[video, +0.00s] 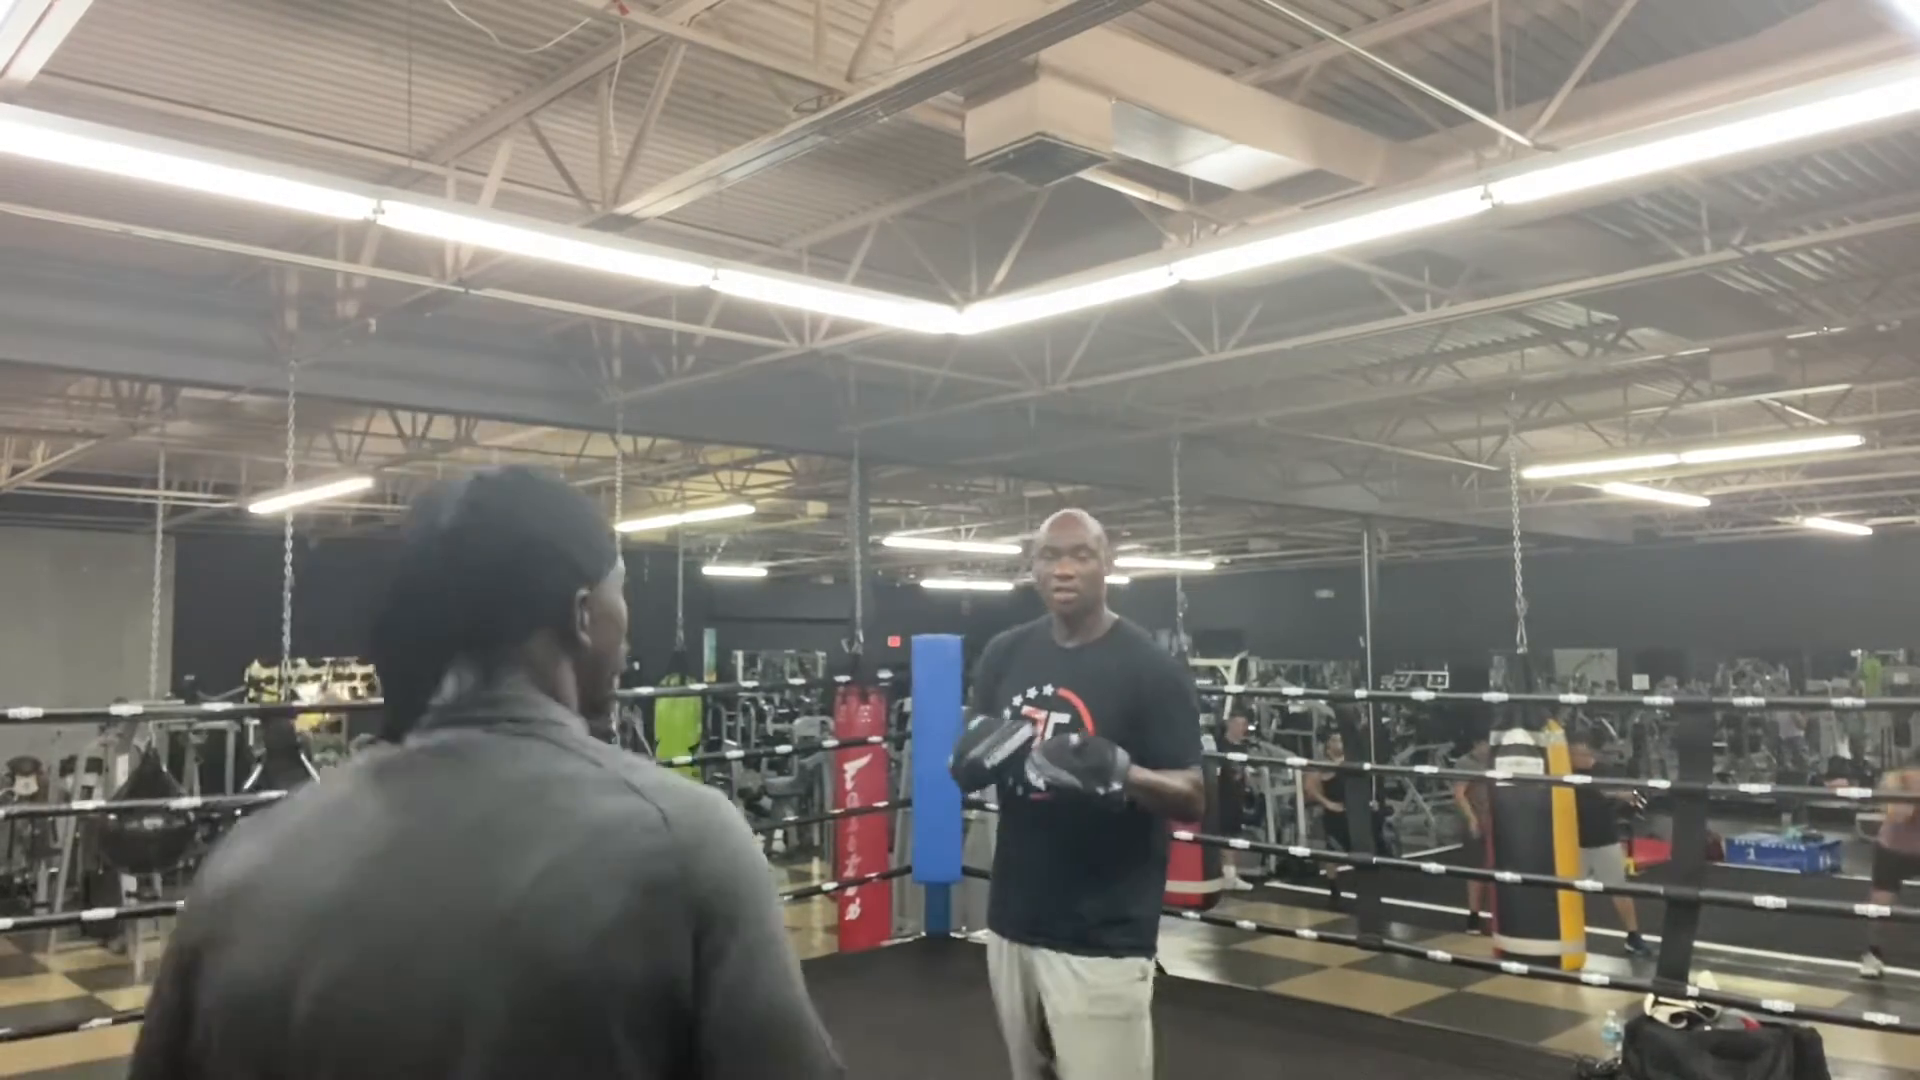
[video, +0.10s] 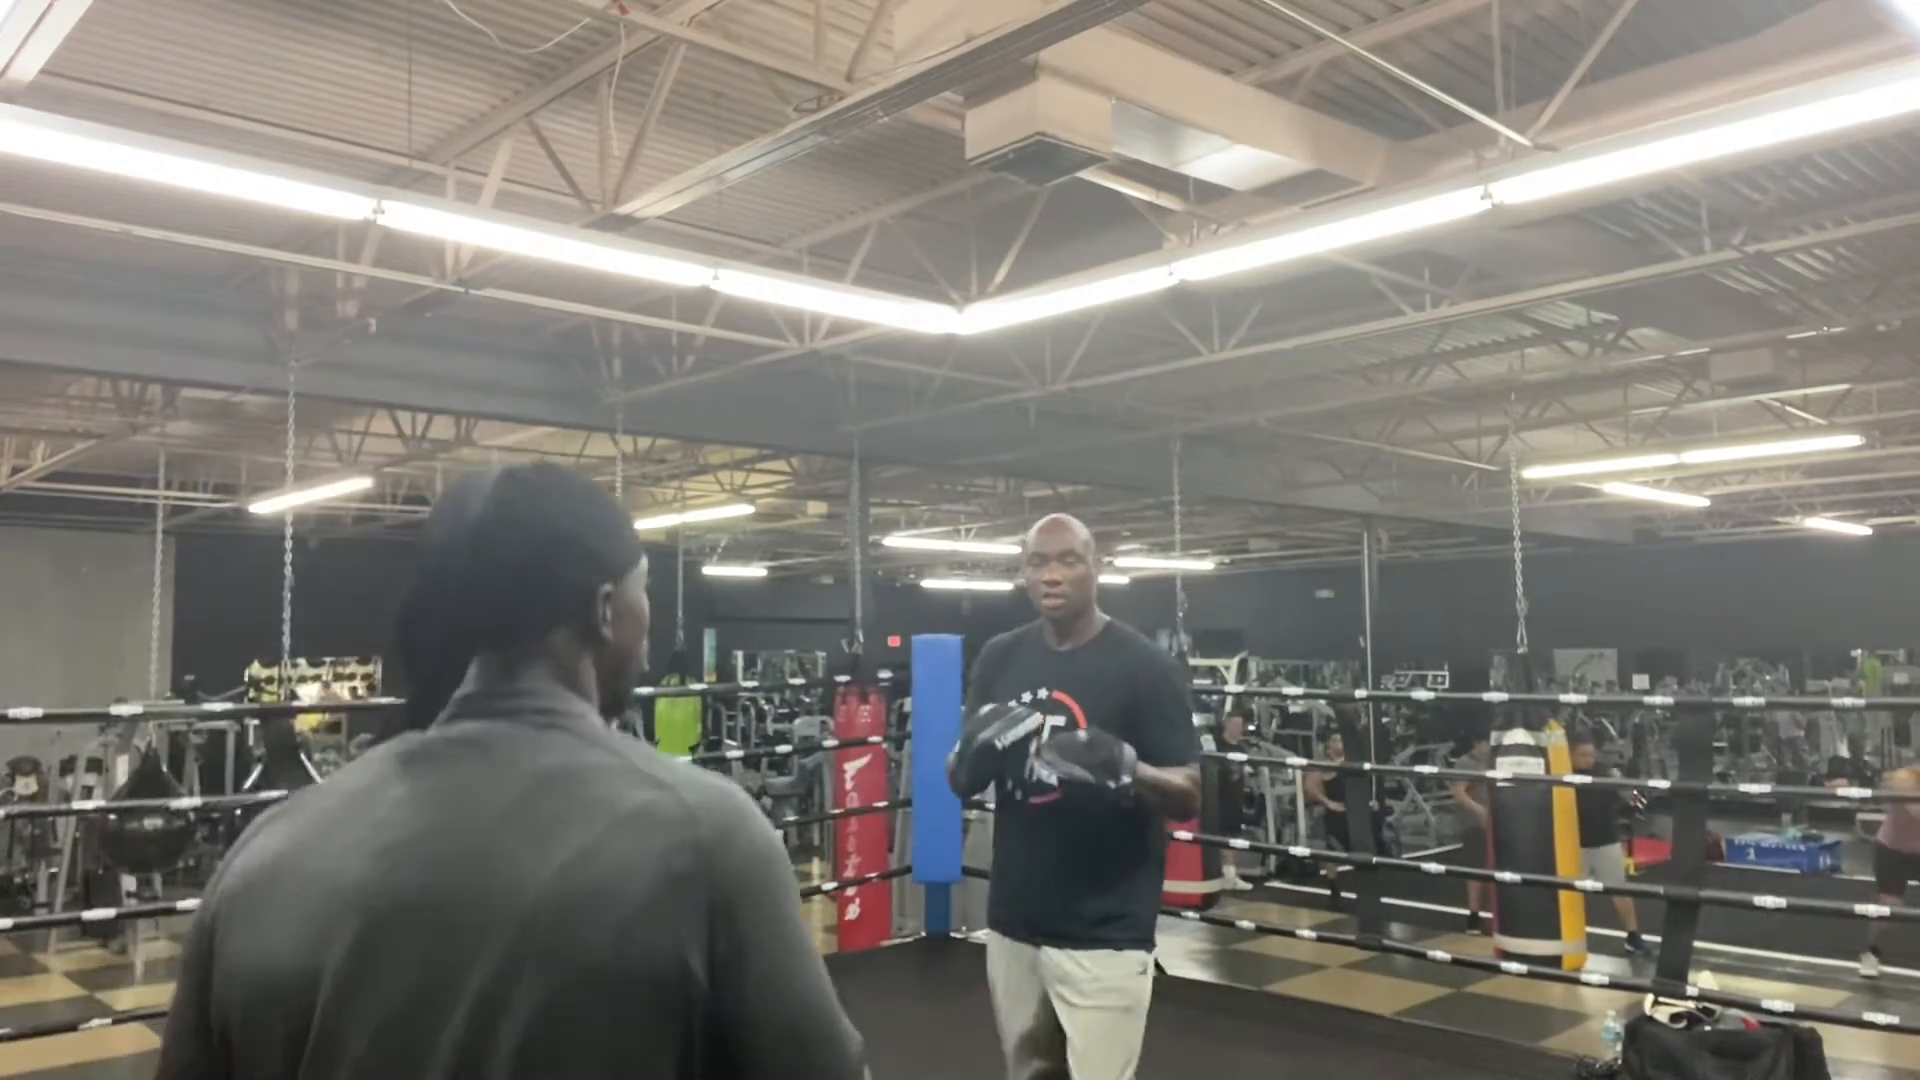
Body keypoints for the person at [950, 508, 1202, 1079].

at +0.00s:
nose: (1064, 569)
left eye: (1081, 555)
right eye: (1050, 555)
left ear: (1108, 568)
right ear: (1033, 568)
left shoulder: (1153, 669)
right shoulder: (1004, 654)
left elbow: (1193, 797)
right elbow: (973, 761)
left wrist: (1121, 774)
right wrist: (970, 765)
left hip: (1106, 943)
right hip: (1013, 929)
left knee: (1105, 1072)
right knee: (1029, 1071)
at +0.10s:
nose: (1052, 575)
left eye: (1068, 561)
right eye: (1039, 562)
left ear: (1097, 571)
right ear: (1025, 574)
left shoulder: (1146, 667)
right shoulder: (999, 657)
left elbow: (1189, 795)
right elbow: (961, 782)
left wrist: (1123, 766)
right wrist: (980, 750)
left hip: (1107, 933)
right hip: (1014, 924)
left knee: (1100, 1072)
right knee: (1028, 1069)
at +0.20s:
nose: (1044, 569)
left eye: (1061, 555)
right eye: (1032, 556)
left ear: (1090, 563)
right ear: (1020, 568)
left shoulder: (1142, 654)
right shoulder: (996, 650)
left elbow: (1196, 780)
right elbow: (965, 774)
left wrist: (1134, 748)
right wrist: (989, 736)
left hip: (1106, 926)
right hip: (1016, 918)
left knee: (1103, 1073)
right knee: (1021, 1072)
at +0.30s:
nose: (1022, 568)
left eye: (1040, 554)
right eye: (1016, 556)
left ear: (1082, 563)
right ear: (1010, 565)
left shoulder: (1141, 652)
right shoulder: (995, 652)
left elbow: (1197, 776)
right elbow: (963, 776)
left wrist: (1132, 739)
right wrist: (993, 738)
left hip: (1109, 926)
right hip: (1019, 920)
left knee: (1108, 1073)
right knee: (1018, 1072)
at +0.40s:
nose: (1000, 575)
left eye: (1015, 561)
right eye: (1000, 562)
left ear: (1065, 567)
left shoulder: (1143, 651)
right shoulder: (996, 654)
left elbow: (1198, 774)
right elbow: (966, 782)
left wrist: (1130, 739)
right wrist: (993, 740)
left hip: (1117, 924)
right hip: (1024, 920)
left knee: (1111, 1074)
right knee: (1020, 1072)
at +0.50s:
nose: (1001, 575)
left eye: (1015, 561)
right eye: (1001, 562)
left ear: (1064, 568)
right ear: (1052, 570)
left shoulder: (1145, 648)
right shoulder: (1000, 652)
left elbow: (1205, 767)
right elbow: (974, 775)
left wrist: (1134, 730)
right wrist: (998, 740)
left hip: (1122, 920)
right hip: (1031, 914)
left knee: (1115, 1074)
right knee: (1026, 1070)